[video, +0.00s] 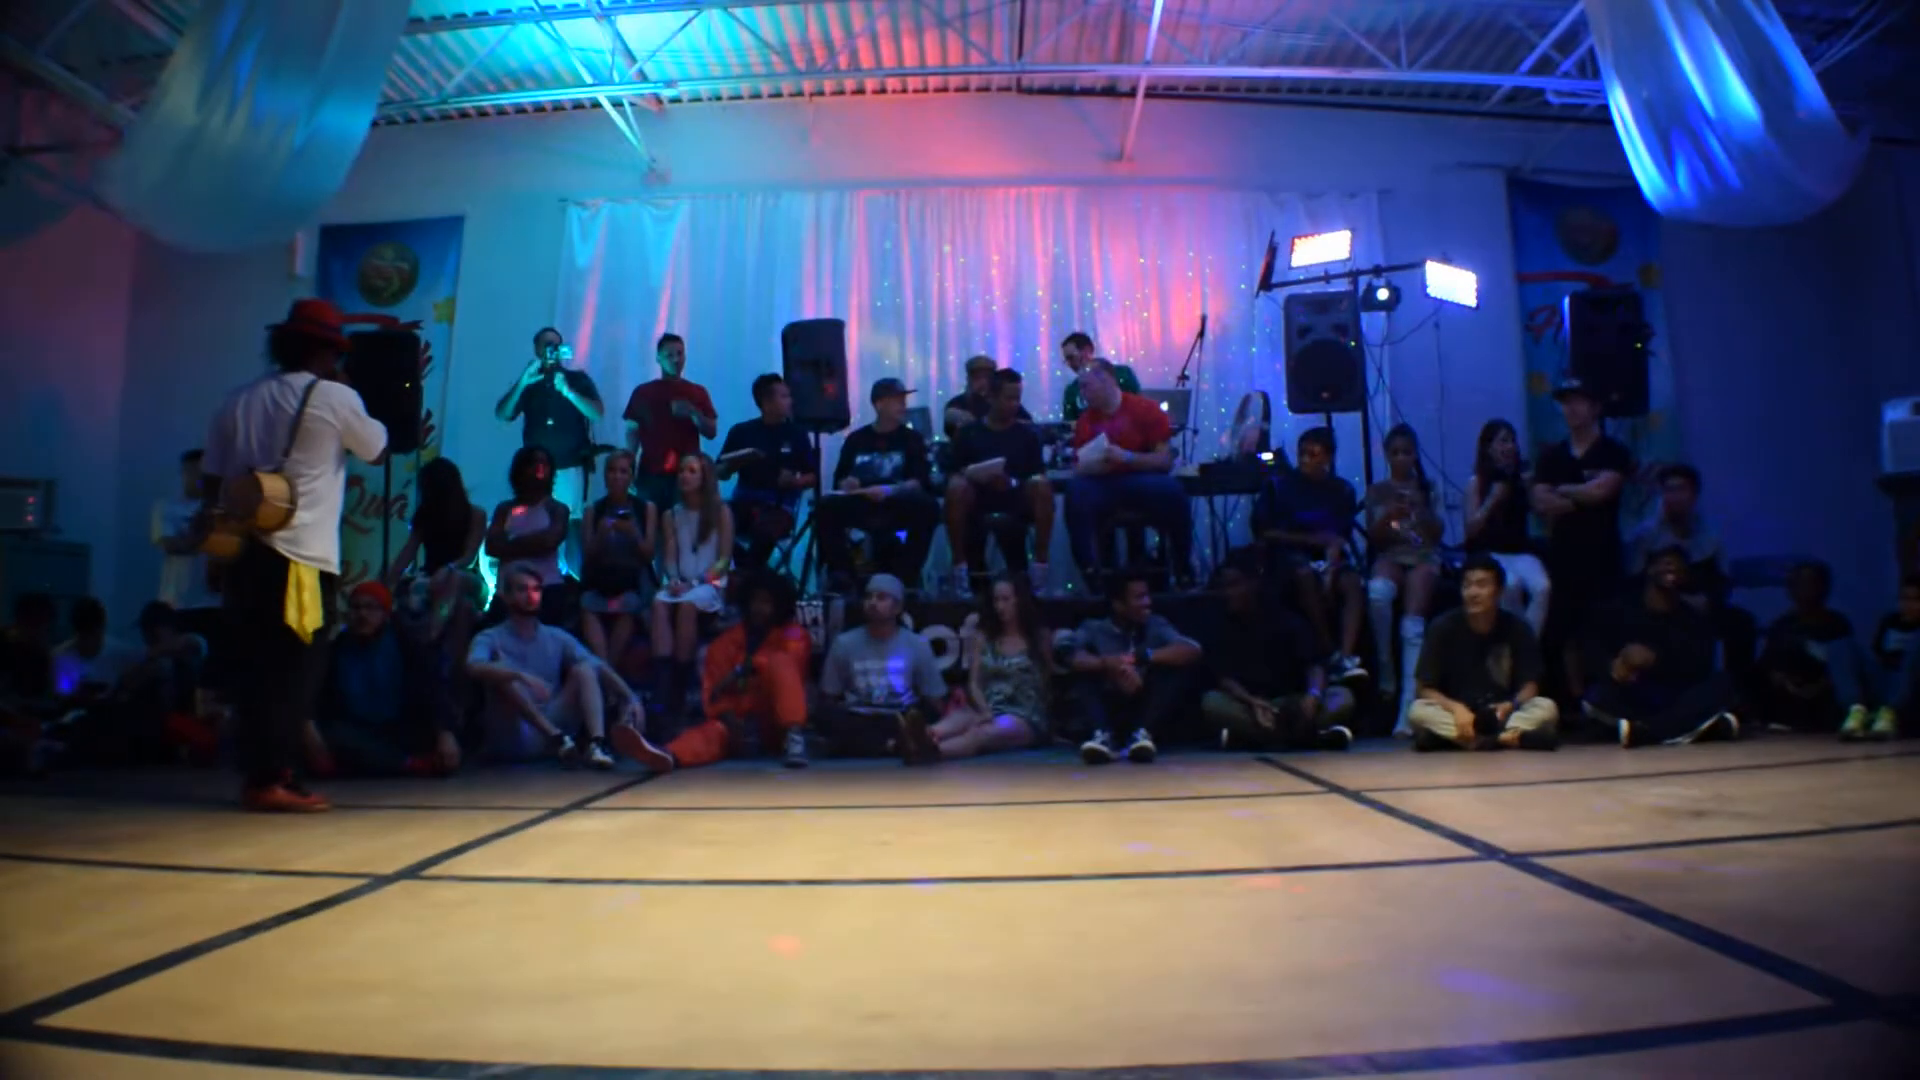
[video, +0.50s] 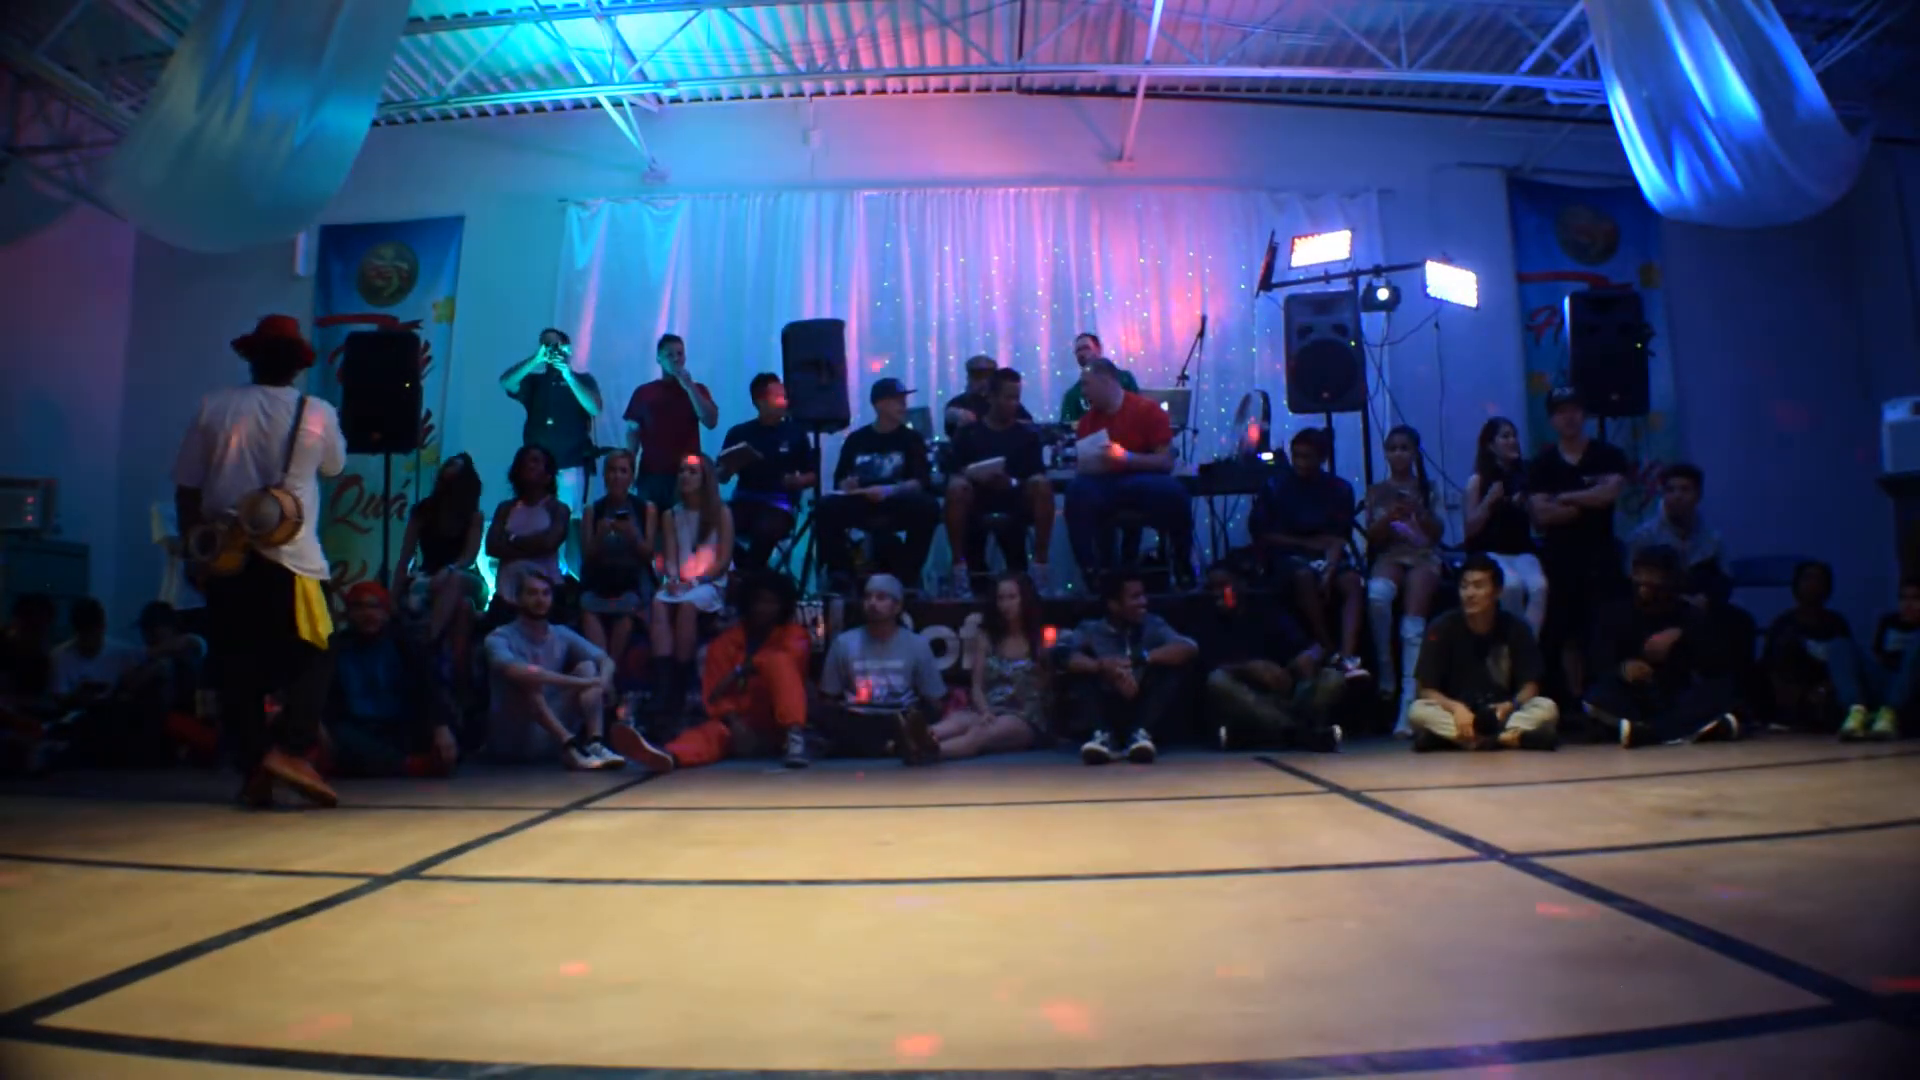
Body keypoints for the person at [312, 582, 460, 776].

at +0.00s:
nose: (362, 615)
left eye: (370, 608)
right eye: (356, 608)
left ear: (385, 612)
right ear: (349, 611)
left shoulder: (403, 644)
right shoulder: (340, 647)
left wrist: (444, 734)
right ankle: (403, 764)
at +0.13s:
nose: (361, 613)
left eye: (369, 607)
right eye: (356, 606)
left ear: (384, 612)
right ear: (349, 610)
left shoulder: (402, 644)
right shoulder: (340, 647)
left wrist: (444, 733)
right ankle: (402, 763)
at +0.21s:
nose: (361, 612)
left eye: (369, 605)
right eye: (356, 605)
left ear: (384, 611)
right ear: (349, 609)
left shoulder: (401, 643)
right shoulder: (340, 646)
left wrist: (442, 730)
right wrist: (313, 724)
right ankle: (403, 763)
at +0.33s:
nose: (362, 612)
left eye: (369, 606)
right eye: (356, 606)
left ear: (383, 611)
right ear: (348, 611)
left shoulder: (401, 643)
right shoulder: (338, 646)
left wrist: (441, 729)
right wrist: (317, 723)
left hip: (399, 722)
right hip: (353, 725)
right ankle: (402, 763)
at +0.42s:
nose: (364, 612)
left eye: (372, 606)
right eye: (357, 606)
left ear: (384, 611)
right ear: (349, 611)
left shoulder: (401, 641)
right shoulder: (338, 645)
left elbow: (424, 684)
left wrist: (441, 728)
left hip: (400, 719)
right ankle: (402, 765)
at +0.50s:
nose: (367, 614)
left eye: (374, 606)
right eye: (360, 607)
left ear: (386, 610)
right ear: (350, 612)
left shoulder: (402, 641)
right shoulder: (339, 645)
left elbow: (425, 684)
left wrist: (441, 727)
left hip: (402, 719)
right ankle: (404, 764)